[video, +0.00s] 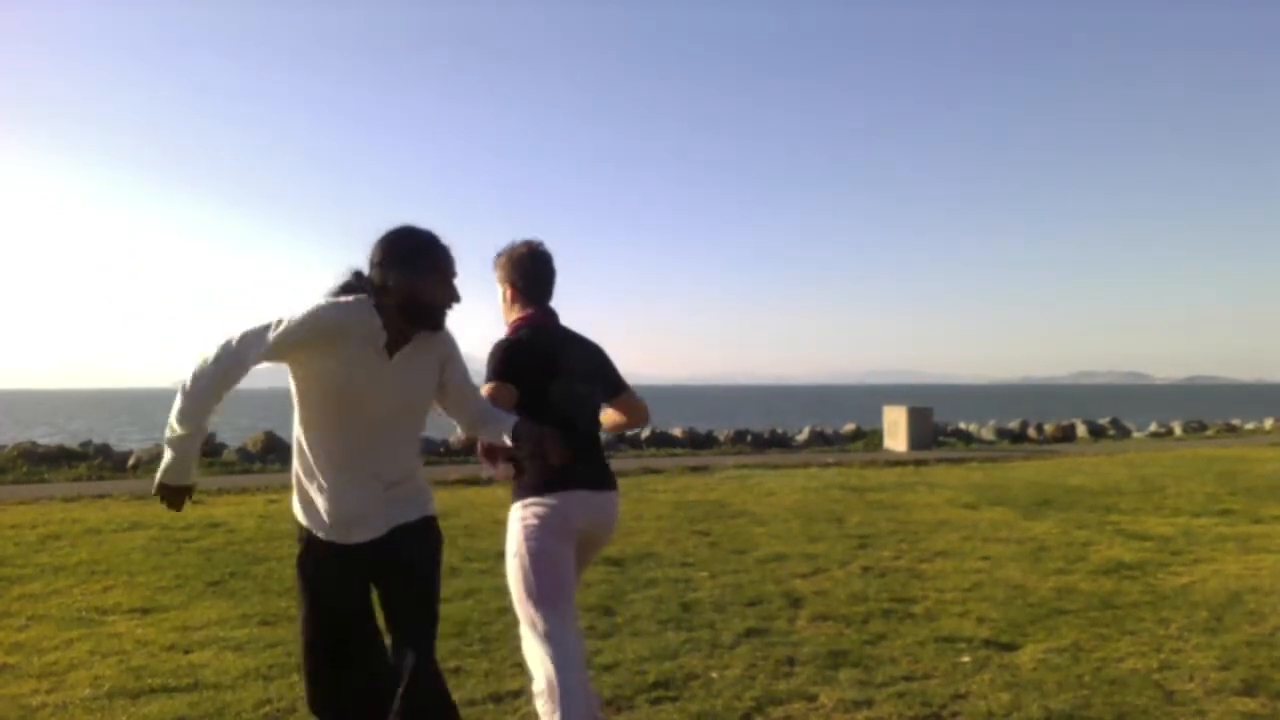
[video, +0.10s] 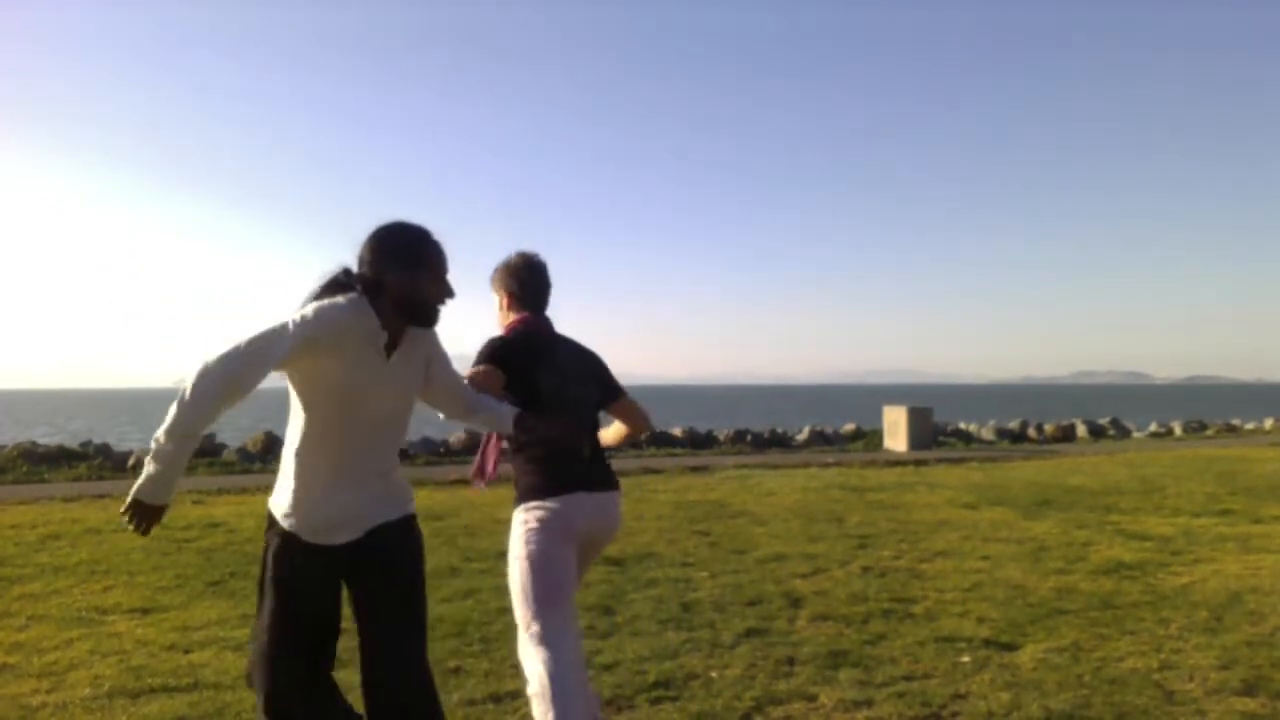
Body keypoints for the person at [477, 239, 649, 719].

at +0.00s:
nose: (498, 296)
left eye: (499, 288)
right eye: (500, 288)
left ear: (508, 291)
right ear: (549, 288)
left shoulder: (512, 348)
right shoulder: (585, 349)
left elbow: (495, 408)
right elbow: (633, 413)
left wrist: (486, 439)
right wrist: (585, 425)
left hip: (542, 503)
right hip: (600, 499)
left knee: (544, 632)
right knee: (550, 616)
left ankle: (570, 712)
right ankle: (575, 705)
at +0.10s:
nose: (495, 306)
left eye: (496, 298)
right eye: (497, 298)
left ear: (504, 299)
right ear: (544, 297)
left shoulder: (505, 349)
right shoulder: (580, 354)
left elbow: (472, 400)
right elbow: (636, 423)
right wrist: (592, 443)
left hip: (545, 507)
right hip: (603, 502)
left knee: (539, 635)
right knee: (554, 616)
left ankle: (563, 712)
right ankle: (580, 705)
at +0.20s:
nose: (491, 315)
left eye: (491, 308)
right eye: (493, 309)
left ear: (499, 307)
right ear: (537, 306)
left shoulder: (501, 344)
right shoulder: (569, 356)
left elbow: (455, 368)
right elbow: (635, 425)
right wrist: (603, 460)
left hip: (552, 506)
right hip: (604, 499)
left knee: (519, 639)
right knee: (554, 615)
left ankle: (549, 714)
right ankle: (582, 710)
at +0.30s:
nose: (482, 326)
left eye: (482, 320)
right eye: (481, 322)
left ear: (491, 318)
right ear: (528, 316)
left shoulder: (493, 348)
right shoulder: (560, 358)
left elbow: (427, 363)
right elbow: (631, 426)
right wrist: (609, 465)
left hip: (551, 505)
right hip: (606, 499)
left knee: (489, 626)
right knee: (545, 614)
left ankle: (518, 713)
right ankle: (575, 711)